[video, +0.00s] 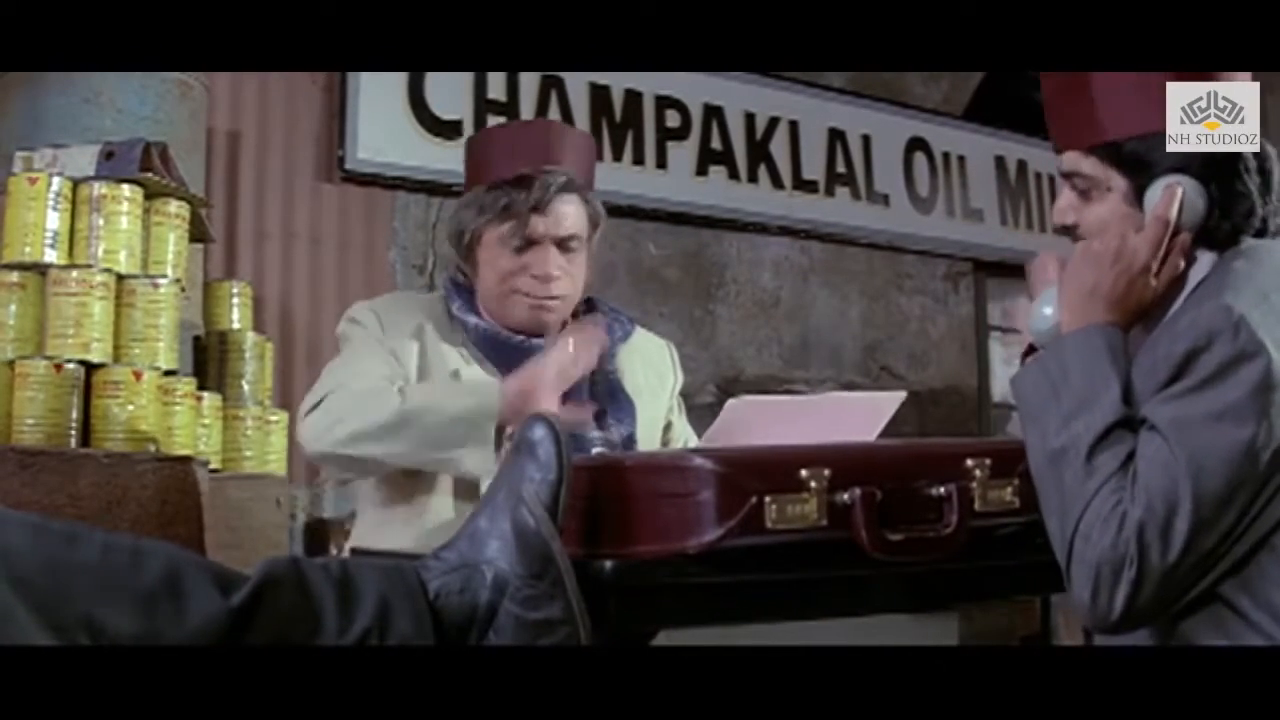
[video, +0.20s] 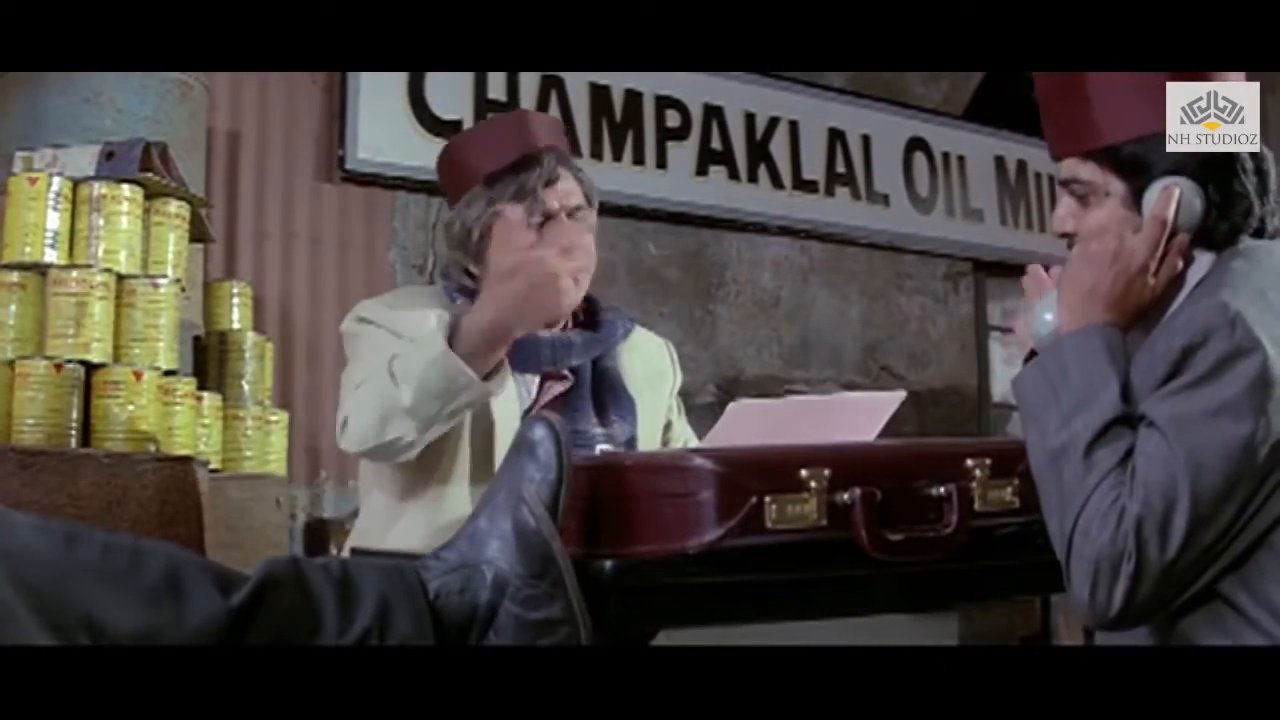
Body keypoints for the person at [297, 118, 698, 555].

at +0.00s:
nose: (547, 269)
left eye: (567, 246)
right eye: (520, 244)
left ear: (589, 258)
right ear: (468, 250)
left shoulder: (647, 359)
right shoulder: (393, 327)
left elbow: (683, 486)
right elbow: (329, 429)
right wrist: (508, 401)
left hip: (589, 608)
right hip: (418, 604)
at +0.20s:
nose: (567, 240)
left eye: (577, 215)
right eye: (536, 220)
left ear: (595, 224)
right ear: (475, 242)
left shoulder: (646, 358)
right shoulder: (397, 325)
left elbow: (682, 489)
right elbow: (370, 430)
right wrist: (490, 328)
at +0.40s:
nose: (557, 224)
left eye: (571, 205)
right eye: (527, 208)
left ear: (589, 222)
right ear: (466, 246)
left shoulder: (645, 355)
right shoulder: (394, 325)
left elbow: (679, 488)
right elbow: (397, 424)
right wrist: (543, 313)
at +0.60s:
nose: (544, 214)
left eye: (557, 199)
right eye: (511, 200)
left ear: (579, 226)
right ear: (454, 239)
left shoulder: (645, 354)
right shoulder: (395, 318)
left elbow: (677, 478)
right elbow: (422, 404)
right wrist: (574, 314)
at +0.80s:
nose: (532, 198)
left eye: (544, 184)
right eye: (497, 187)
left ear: (568, 215)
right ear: (443, 232)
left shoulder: (640, 347)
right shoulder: (397, 310)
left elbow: (680, 469)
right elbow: (444, 371)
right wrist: (564, 309)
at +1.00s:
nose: (518, 201)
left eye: (530, 183)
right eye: (485, 194)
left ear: (559, 210)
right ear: (437, 243)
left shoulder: (633, 341)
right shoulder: (395, 309)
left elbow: (678, 464)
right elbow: (408, 375)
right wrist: (568, 280)